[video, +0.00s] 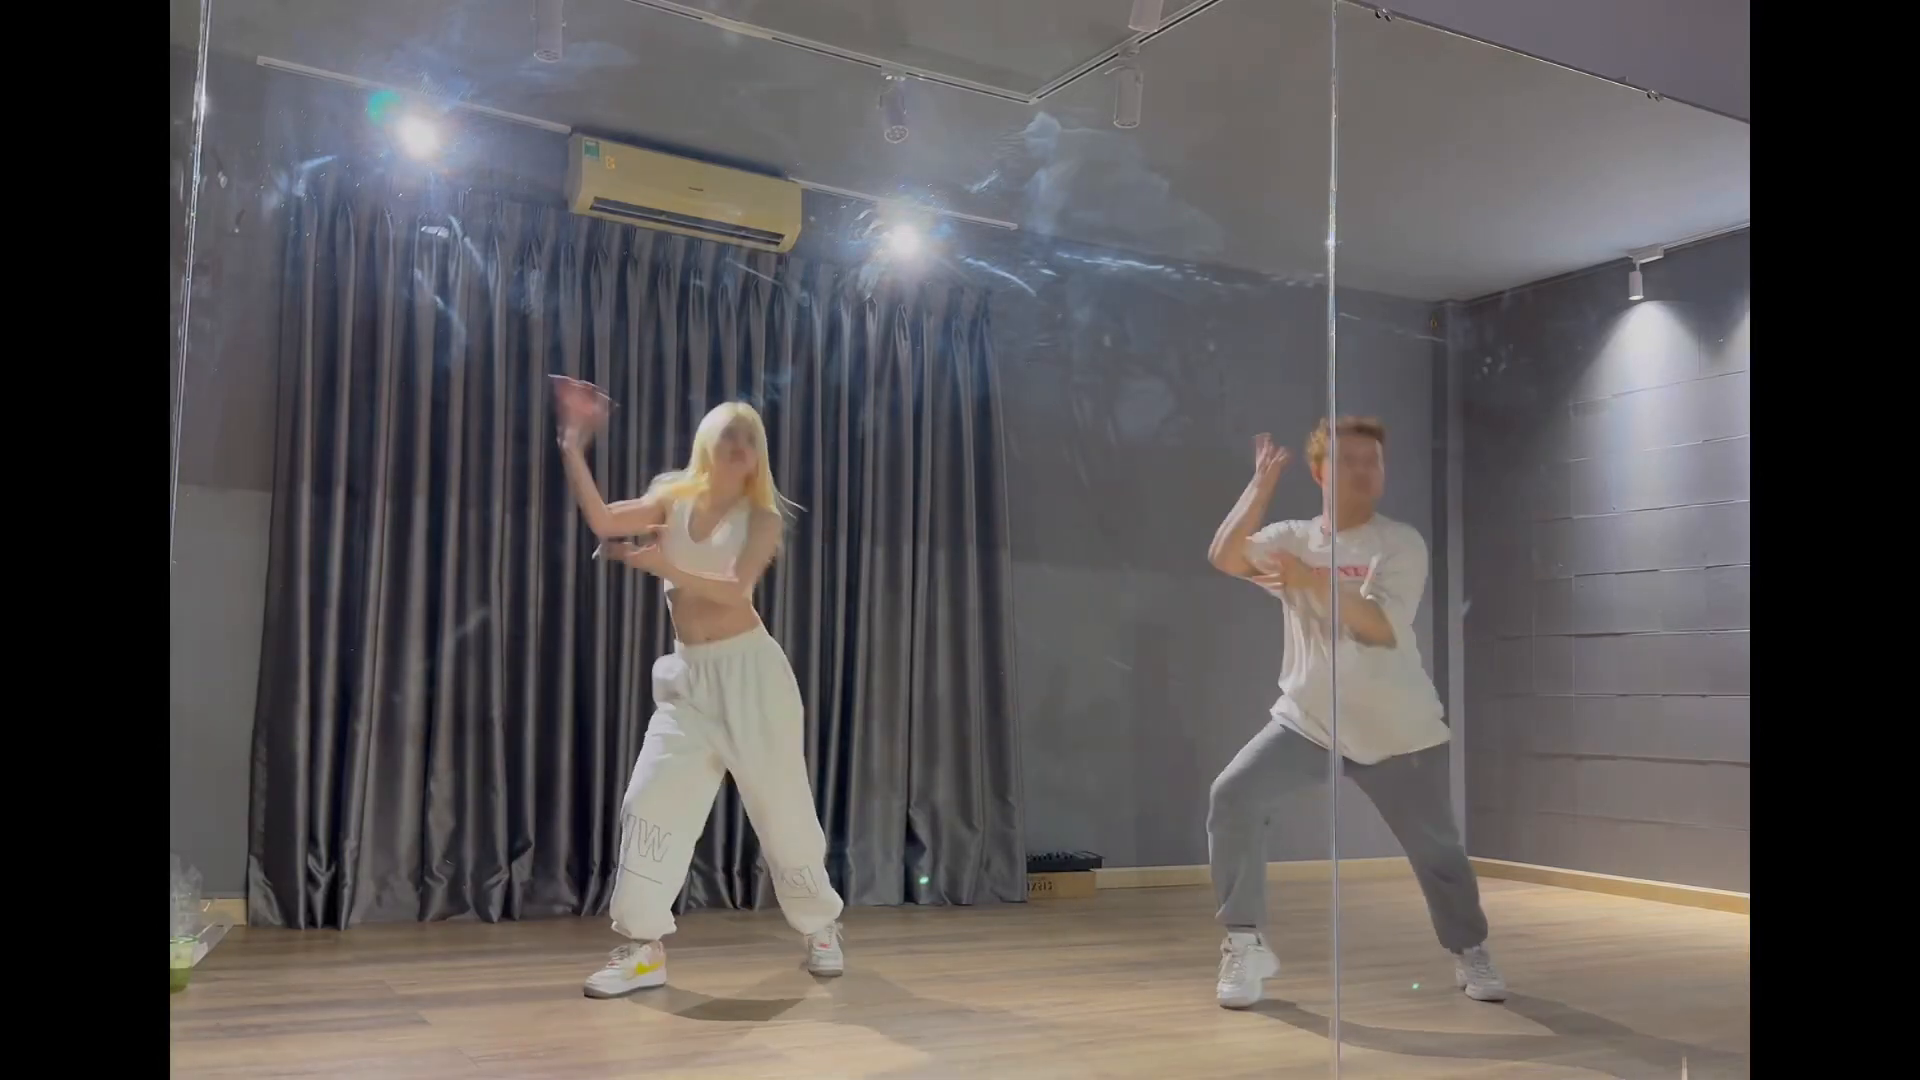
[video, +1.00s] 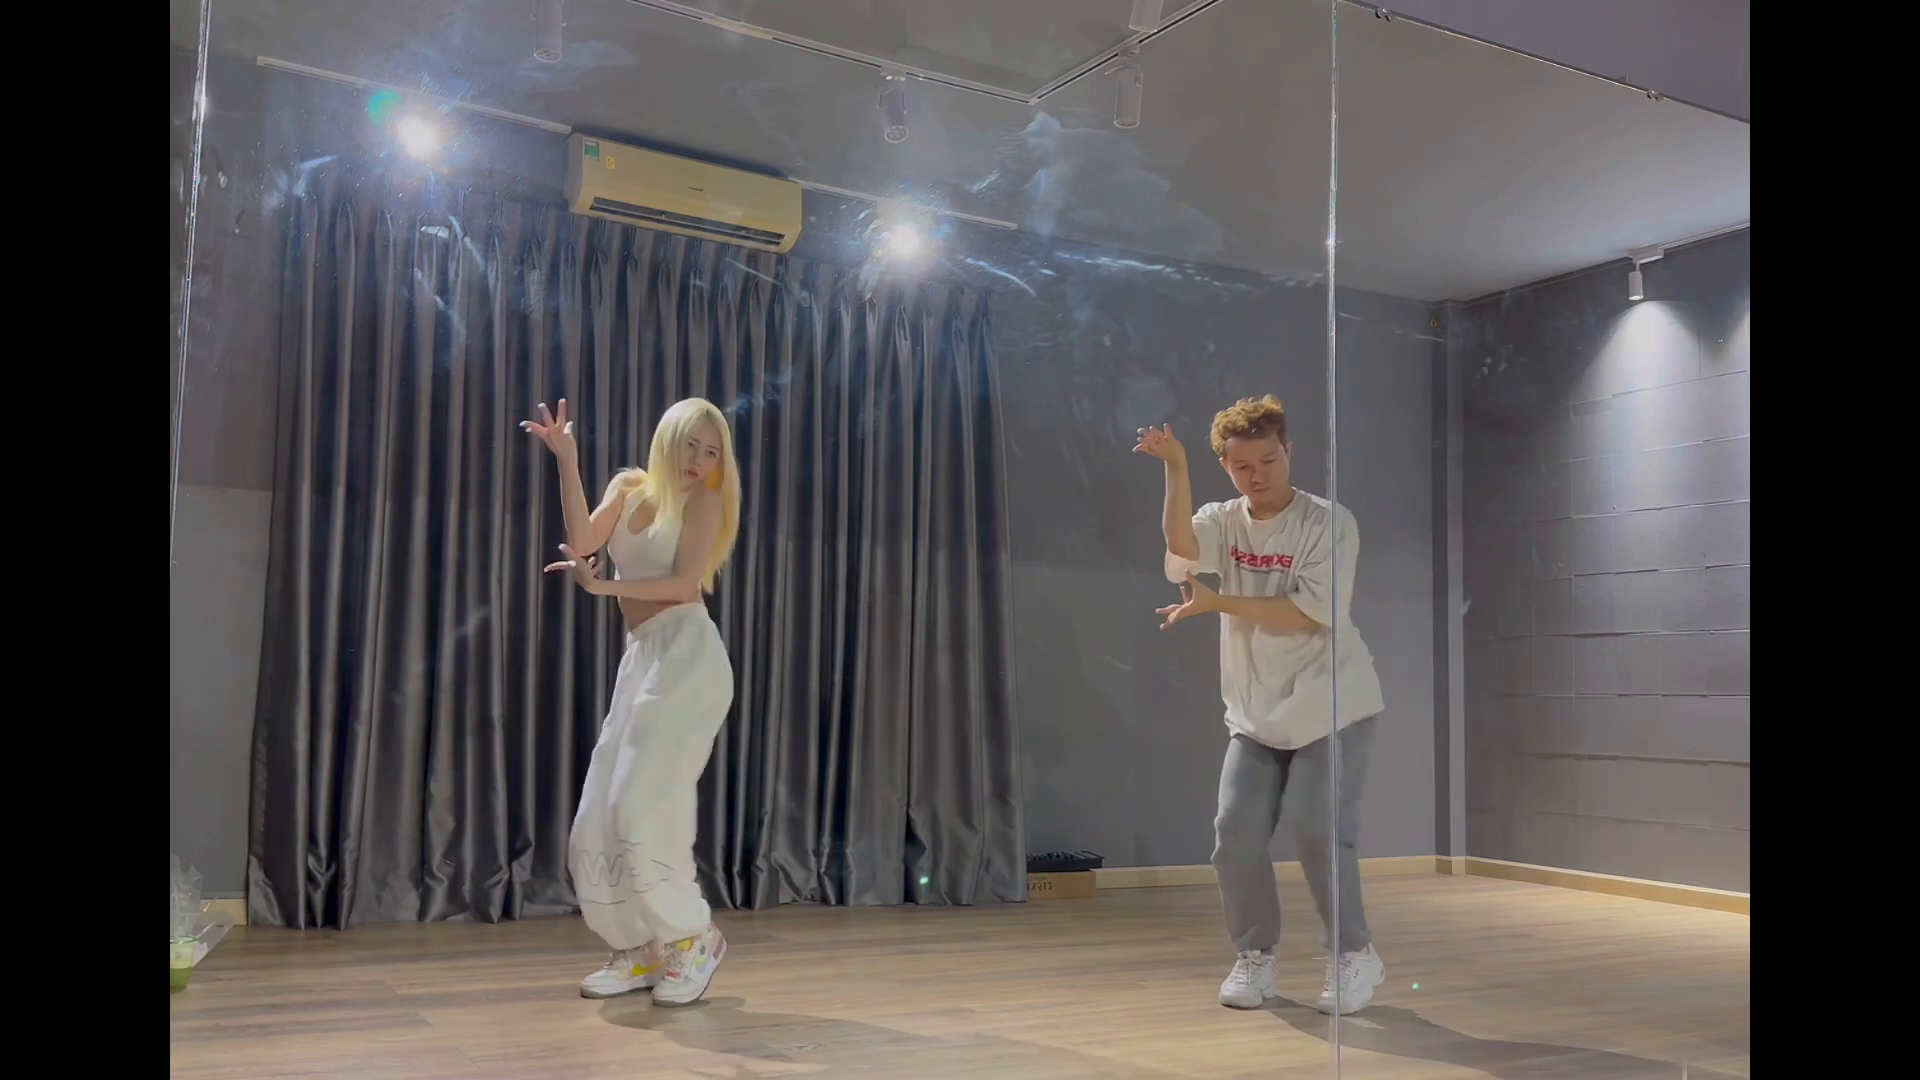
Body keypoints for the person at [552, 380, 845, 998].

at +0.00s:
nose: (742, 458)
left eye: (750, 448)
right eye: (731, 448)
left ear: (759, 456)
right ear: (706, 452)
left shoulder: (763, 518)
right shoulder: (673, 500)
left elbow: (738, 588)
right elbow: (603, 519)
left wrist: (663, 567)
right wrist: (572, 447)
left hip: (752, 673)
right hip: (688, 677)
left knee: (780, 808)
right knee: (647, 805)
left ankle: (821, 930)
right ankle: (645, 951)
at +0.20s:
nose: (726, 428)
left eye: (737, 422)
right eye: (715, 420)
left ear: (748, 441)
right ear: (690, 436)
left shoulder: (747, 498)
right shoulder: (668, 501)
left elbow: (706, 566)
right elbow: (594, 509)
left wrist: (622, 559)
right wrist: (548, 430)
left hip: (714, 668)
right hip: (649, 657)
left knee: (656, 801)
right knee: (629, 804)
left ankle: (744, 890)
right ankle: (643, 950)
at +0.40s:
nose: (718, 458)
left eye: (729, 449)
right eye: (707, 446)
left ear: (742, 458)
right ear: (685, 450)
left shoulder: (736, 505)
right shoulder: (660, 512)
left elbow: (700, 580)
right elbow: (600, 538)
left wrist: (612, 573)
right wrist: (559, 465)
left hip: (689, 670)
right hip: (634, 663)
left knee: (617, 814)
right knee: (587, 815)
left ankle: (697, 939)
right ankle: (643, 949)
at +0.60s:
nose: (703, 452)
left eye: (715, 446)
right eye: (696, 438)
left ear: (722, 456)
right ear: (671, 435)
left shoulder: (699, 501)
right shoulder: (626, 491)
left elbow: (676, 586)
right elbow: (587, 546)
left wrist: (592, 580)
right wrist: (555, 466)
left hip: (701, 667)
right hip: (647, 673)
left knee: (662, 804)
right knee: (615, 809)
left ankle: (701, 945)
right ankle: (643, 950)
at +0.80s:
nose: (697, 460)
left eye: (710, 453)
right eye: (689, 446)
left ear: (718, 463)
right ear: (663, 447)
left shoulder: (698, 506)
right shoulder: (641, 510)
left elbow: (679, 591)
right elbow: (587, 553)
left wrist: (595, 595)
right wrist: (543, 475)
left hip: (681, 687)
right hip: (621, 677)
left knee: (609, 817)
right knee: (585, 821)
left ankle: (689, 934)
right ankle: (643, 948)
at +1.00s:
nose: (700, 461)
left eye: (712, 451)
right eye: (691, 447)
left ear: (721, 457)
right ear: (667, 444)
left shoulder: (705, 501)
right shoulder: (631, 487)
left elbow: (687, 585)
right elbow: (583, 541)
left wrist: (600, 584)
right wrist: (567, 459)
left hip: (687, 660)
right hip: (640, 665)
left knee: (637, 804)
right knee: (599, 813)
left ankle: (696, 940)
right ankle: (647, 949)